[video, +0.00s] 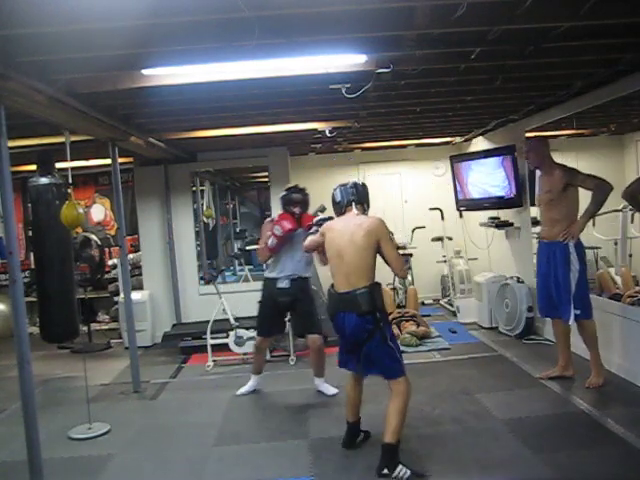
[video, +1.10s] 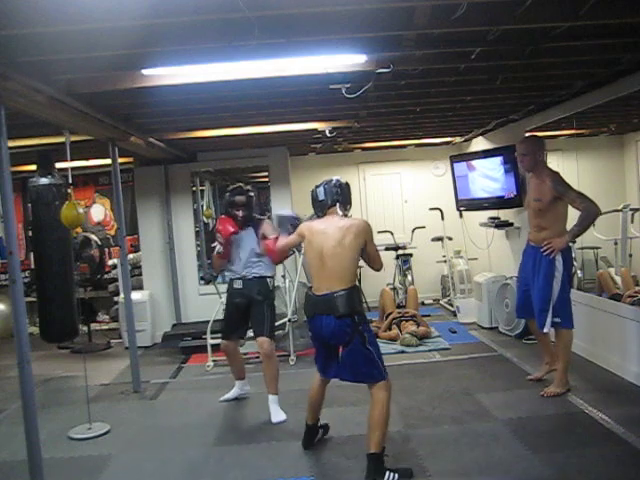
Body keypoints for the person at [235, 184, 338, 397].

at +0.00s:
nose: (297, 209)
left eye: (301, 205)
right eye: (293, 205)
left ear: (307, 206)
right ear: (284, 205)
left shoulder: (312, 225)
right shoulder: (271, 224)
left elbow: (323, 260)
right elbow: (261, 257)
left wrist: (318, 234)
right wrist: (278, 236)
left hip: (301, 284)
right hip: (274, 285)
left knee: (316, 340)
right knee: (262, 340)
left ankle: (319, 380)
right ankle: (255, 379)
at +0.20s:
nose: (281, 208)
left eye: (285, 203)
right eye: (277, 203)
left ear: (291, 205)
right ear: (267, 204)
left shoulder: (291, 228)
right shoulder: (256, 224)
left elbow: (298, 261)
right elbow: (262, 250)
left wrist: (305, 241)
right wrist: (284, 242)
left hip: (280, 285)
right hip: (254, 287)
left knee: (298, 336)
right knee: (251, 341)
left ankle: (293, 384)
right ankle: (252, 379)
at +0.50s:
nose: (267, 208)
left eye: (271, 204)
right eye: (262, 203)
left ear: (275, 206)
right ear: (251, 203)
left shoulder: (276, 225)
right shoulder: (237, 224)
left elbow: (282, 258)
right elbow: (237, 258)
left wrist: (282, 228)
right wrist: (252, 231)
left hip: (266, 285)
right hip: (239, 286)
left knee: (280, 339)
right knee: (229, 344)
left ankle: (283, 391)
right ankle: (229, 383)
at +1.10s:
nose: (240, 212)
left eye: (244, 207)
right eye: (235, 207)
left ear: (252, 208)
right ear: (227, 208)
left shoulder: (263, 225)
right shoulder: (225, 230)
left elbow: (276, 253)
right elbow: (217, 267)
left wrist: (274, 243)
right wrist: (222, 243)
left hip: (260, 286)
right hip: (235, 287)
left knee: (265, 346)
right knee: (228, 344)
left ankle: (274, 402)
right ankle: (241, 385)